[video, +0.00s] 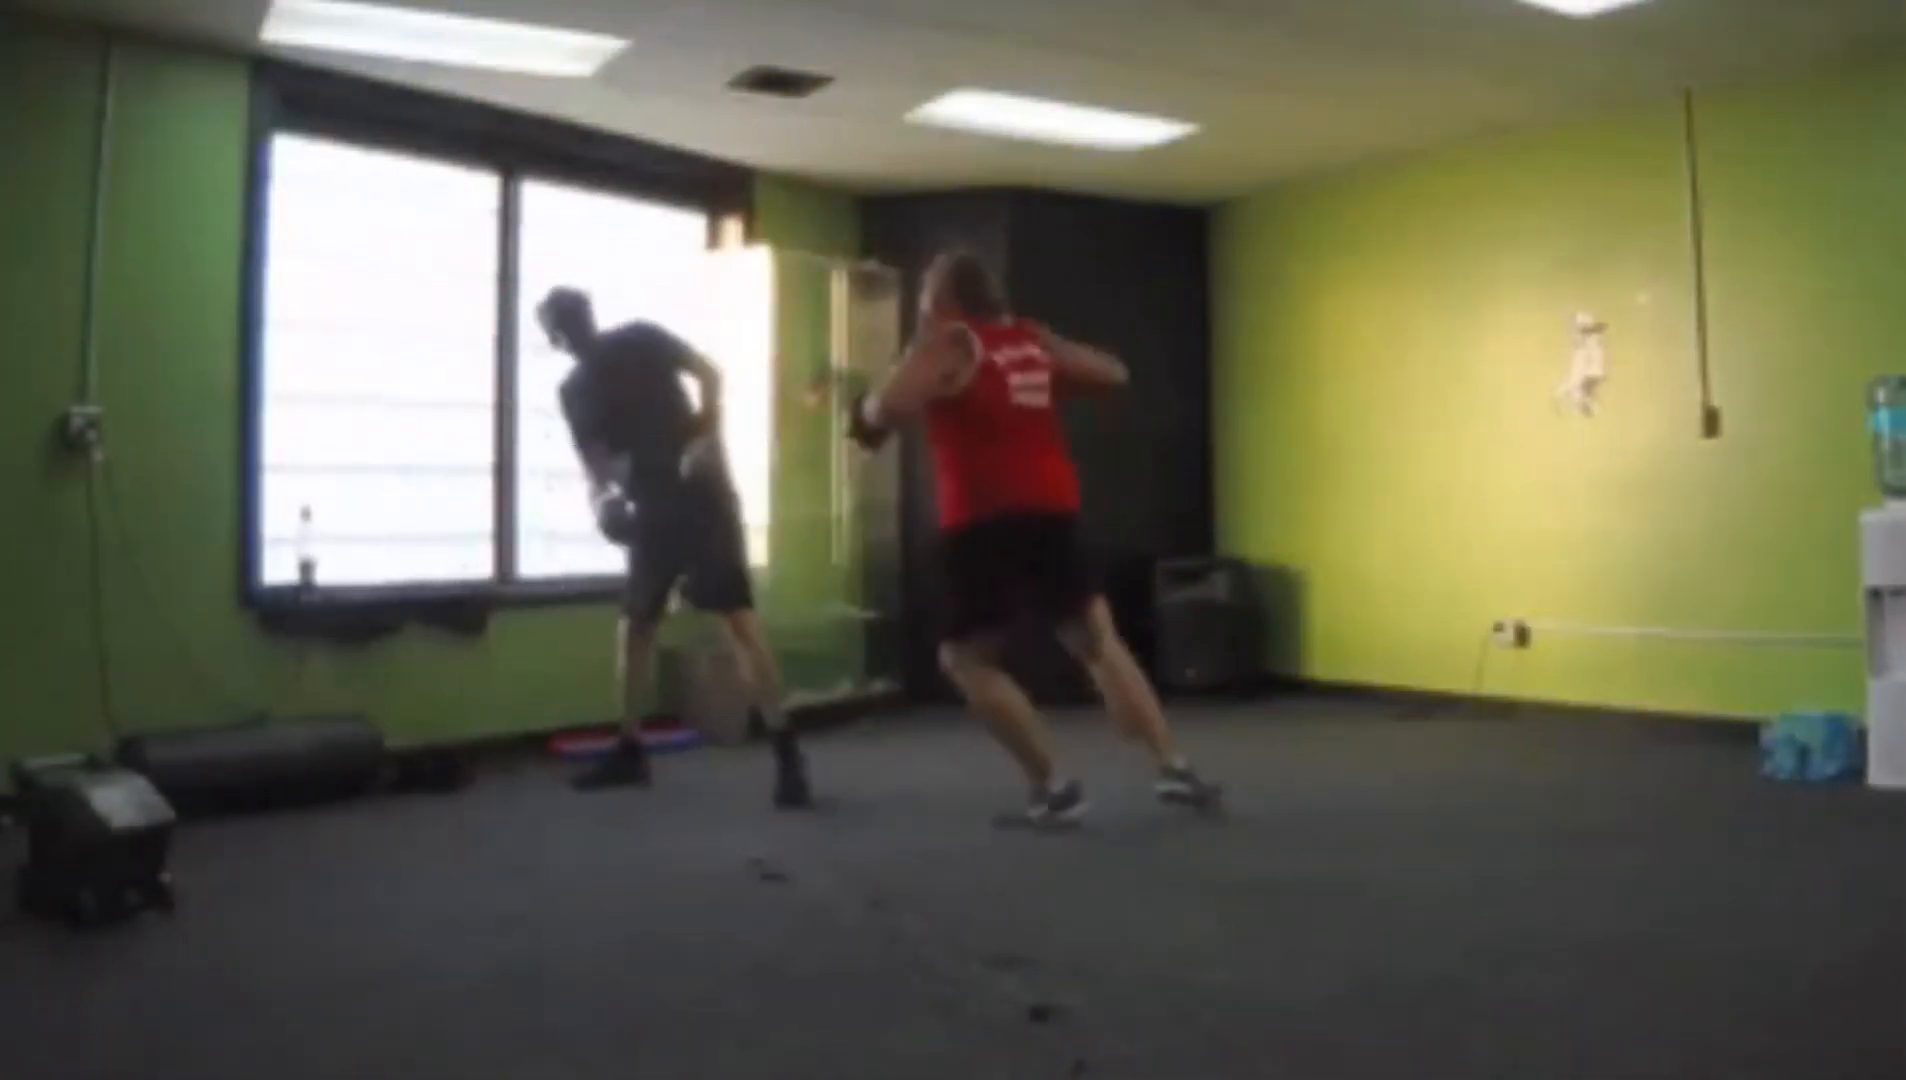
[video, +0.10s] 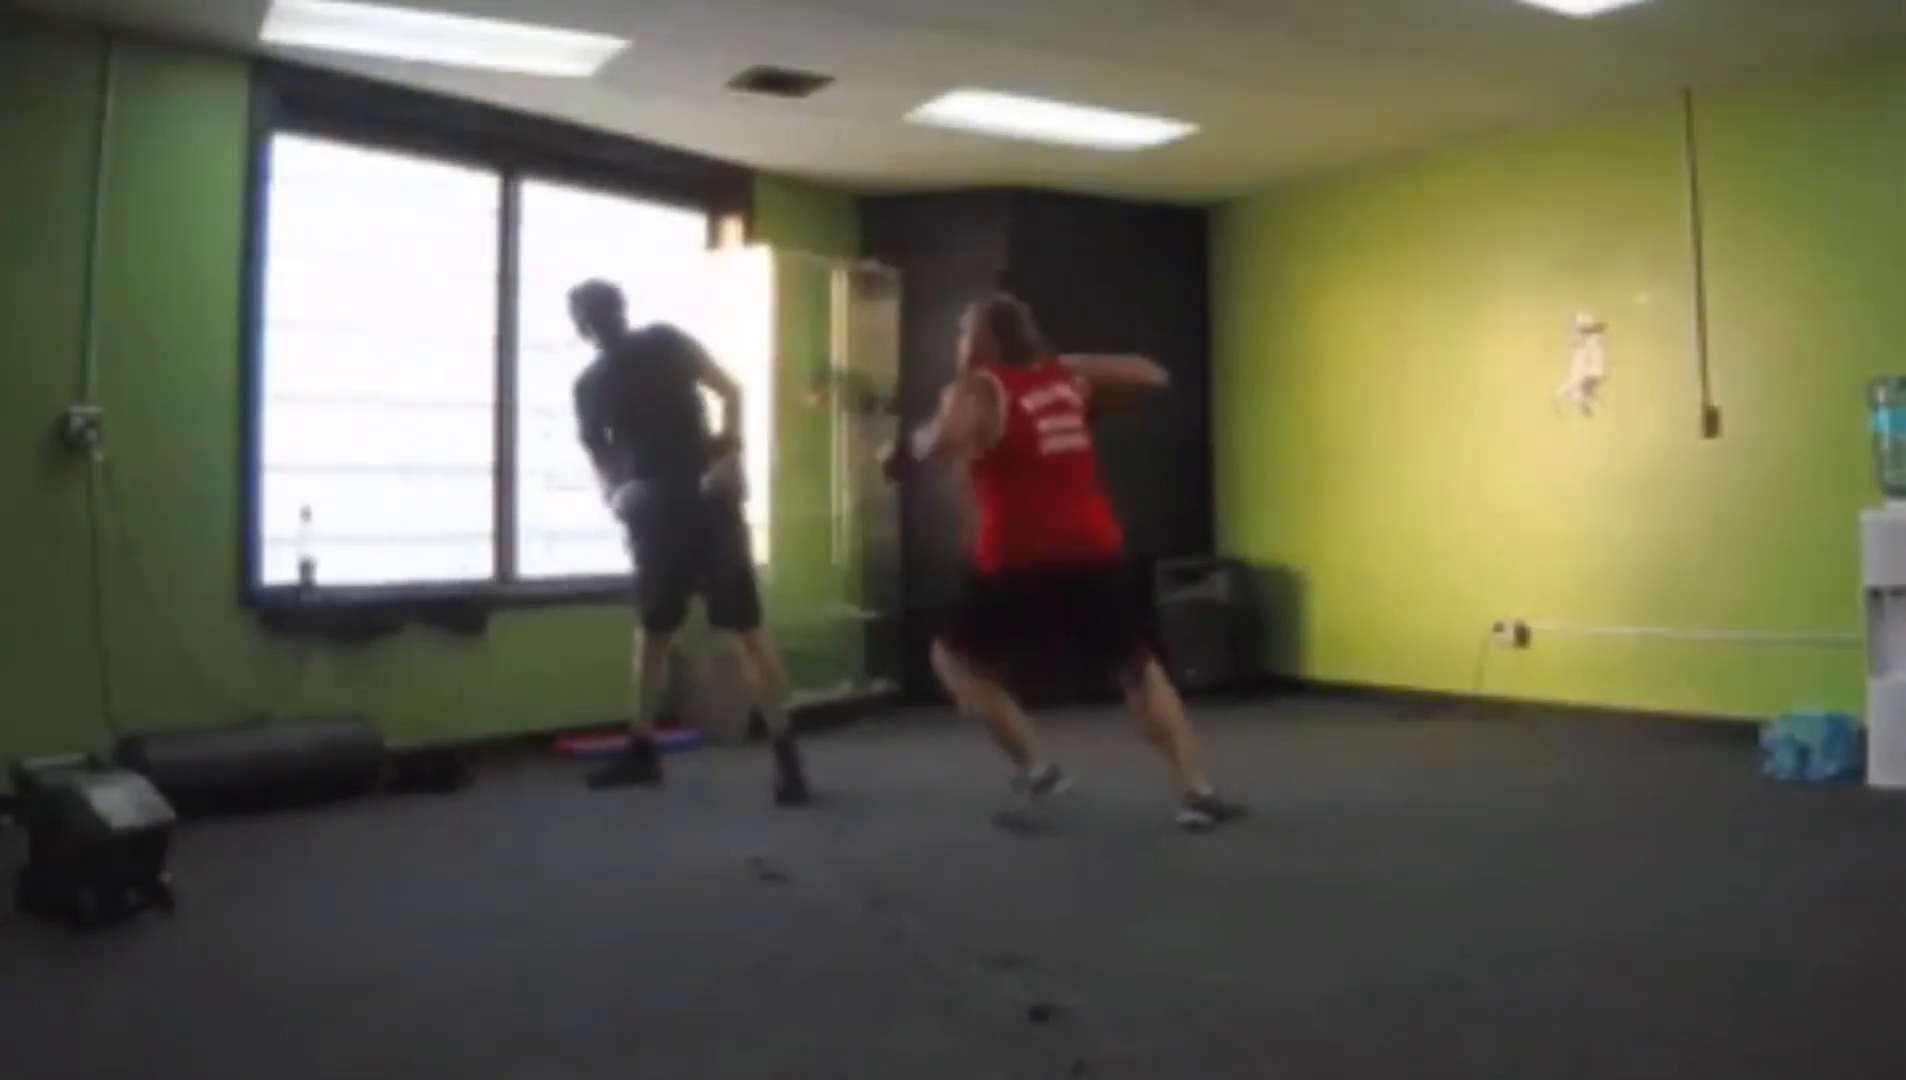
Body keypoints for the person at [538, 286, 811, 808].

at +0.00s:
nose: (565, 338)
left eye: (565, 327)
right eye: (558, 332)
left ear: (580, 319)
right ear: (558, 335)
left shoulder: (639, 339)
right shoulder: (574, 390)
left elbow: (708, 373)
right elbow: (595, 456)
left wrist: (708, 435)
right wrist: (604, 494)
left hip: (700, 483)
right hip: (648, 498)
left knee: (739, 618)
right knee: (636, 628)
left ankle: (785, 744)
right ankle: (629, 746)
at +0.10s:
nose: (600, 329)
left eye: (603, 316)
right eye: (588, 322)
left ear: (619, 311)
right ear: (583, 327)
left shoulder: (665, 344)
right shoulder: (590, 387)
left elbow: (729, 390)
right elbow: (599, 450)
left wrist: (730, 453)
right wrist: (614, 489)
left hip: (708, 492)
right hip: (651, 505)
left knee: (745, 627)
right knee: (653, 630)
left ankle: (786, 749)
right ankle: (642, 746)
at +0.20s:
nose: (626, 326)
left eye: (631, 313)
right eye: (615, 318)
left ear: (645, 311)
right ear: (605, 324)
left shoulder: (688, 349)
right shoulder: (610, 387)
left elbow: (743, 407)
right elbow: (609, 459)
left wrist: (748, 468)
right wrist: (630, 496)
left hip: (721, 497)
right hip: (663, 506)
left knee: (752, 635)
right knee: (651, 635)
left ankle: (784, 754)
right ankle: (641, 747)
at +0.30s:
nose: (645, 329)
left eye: (650, 315)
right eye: (633, 320)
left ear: (664, 310)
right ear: (622, 324)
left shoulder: (703, 347)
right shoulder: (620, 384)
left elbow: (759, 403)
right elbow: (622, 467)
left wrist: (750, 445)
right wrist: (649, 475)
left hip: (726, 504)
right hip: (669, 512)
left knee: (757, 635)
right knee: (643, 634)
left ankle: (785, 755)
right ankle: (639, 748)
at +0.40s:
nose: (651, 330)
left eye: (656, 317)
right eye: (638, 322)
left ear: (668, 313)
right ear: (627, 326)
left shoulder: (703, 350)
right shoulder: (623, 387)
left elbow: (765, 391)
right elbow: (624, 470)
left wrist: (755, 433)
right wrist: (665, 447)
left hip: (729, 508)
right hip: (672, 516)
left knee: (757, 638)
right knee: (630, 633)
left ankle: (784, 755)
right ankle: (620, 746)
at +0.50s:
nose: (643, 357)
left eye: (647, 343)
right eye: (630, 350)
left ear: (661, 333)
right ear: (618, 350)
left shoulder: (694, 363)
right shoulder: (618, 398)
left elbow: (760, 399)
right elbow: (627, 476)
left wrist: (759, 433)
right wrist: (675, 433)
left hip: (729, 524)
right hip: (669, 529)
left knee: (759, 644)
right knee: (620, 637)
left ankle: (783, 758)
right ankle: (583, 741)